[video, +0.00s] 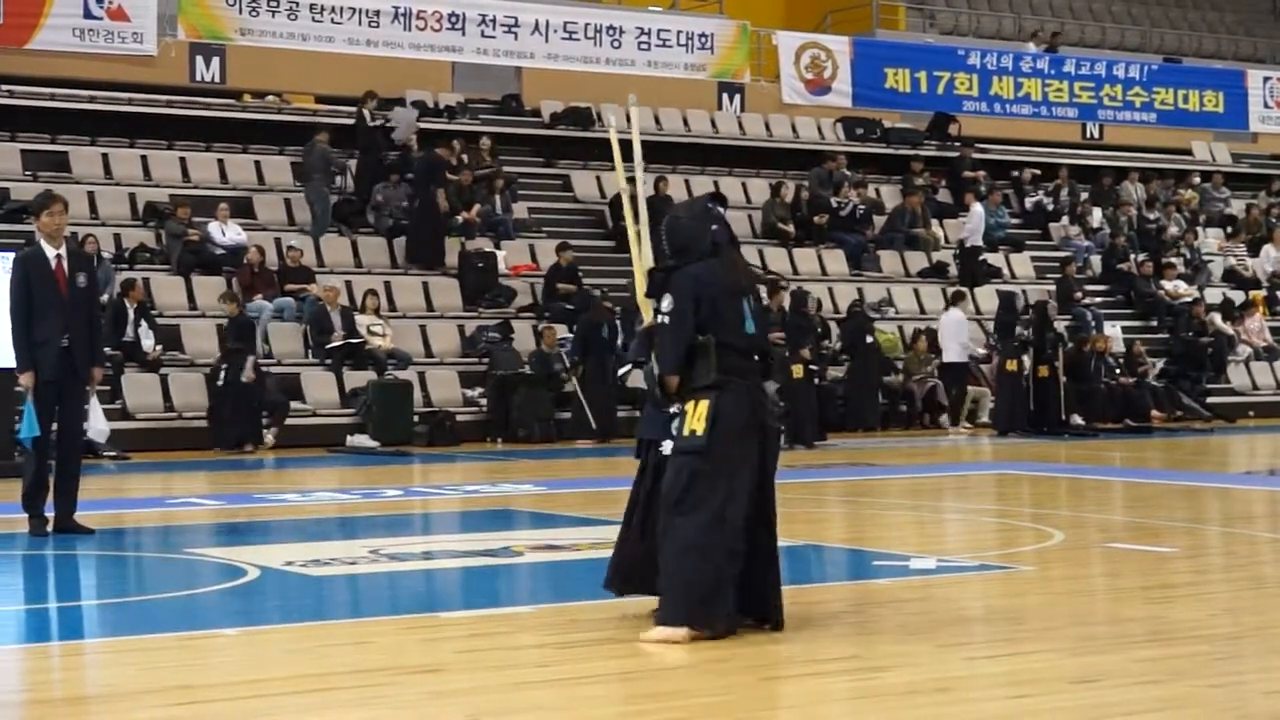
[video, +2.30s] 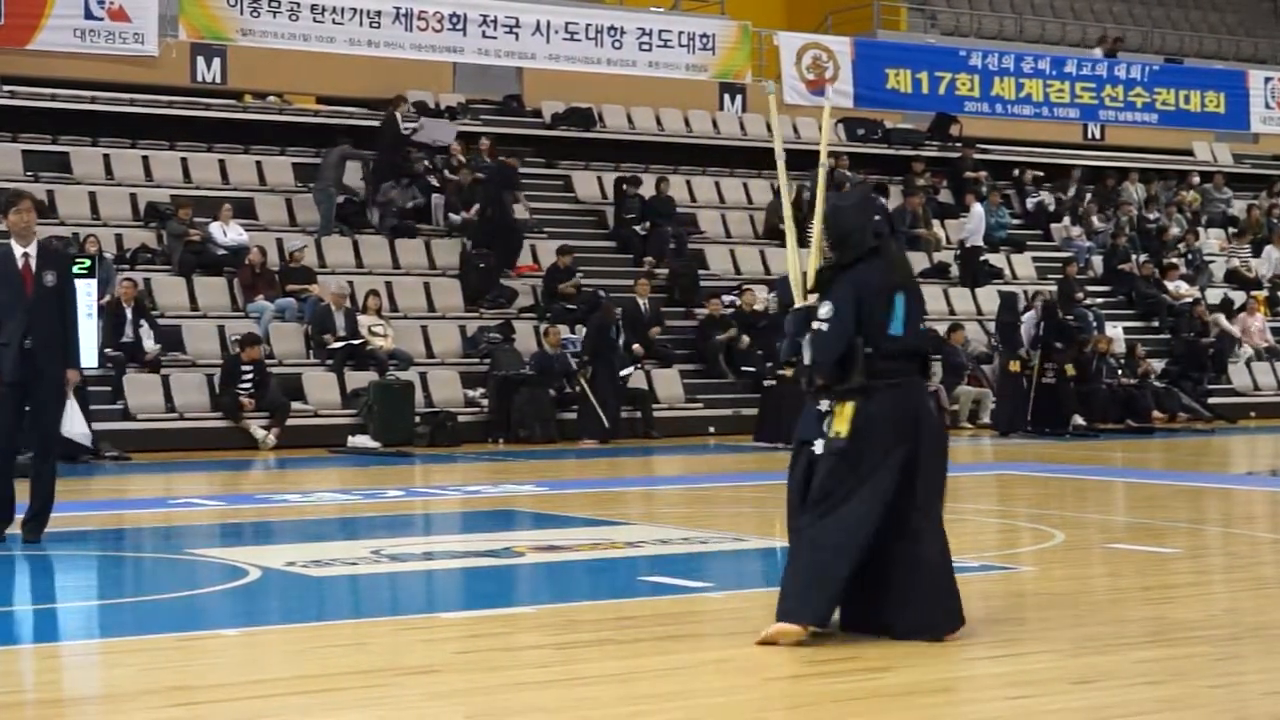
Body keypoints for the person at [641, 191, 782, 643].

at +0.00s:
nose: (669, 244)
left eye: (673, 236)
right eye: (670, 236)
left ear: (685, 239)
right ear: (718, 234)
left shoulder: (687, 281)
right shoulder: (741, 278)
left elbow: (672, 362)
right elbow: (757, 346)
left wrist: (671, 387)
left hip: (711, 406)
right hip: (751, 403)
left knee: (688, 504)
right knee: (742, 505)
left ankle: (684, 614)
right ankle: (749, 605)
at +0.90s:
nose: (722, 244)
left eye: (725, 236)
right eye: (723, 235)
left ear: (739, 238)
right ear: (770, 234)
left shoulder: (745, 283)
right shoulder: (800, 279)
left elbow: (726, 358)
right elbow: (819, 347)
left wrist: (725, 379)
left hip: (765, 413)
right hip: (811, 411)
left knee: (724, 504)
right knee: (805, 508)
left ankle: (718, 613)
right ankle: (812, 608)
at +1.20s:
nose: (718, 233)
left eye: (722, 227)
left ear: (730, 230)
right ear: (778, 229)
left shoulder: (719, 278)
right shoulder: (804, 280)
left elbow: (697, 349)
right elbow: (820, 351)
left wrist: (712, 373)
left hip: (745, 406)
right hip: (801, 405)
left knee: (732, 510)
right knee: (811, 503)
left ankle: (716, 619)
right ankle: (824, 610)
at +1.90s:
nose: (772, 220)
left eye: (776, 212)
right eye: (775, 212)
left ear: (785, 217)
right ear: (825, 212)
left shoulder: (773, 267)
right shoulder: (850, 265)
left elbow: (751, 338)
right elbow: (860, 338)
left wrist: (752, 360)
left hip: (791, 393)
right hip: (842, 390)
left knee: (774, 496)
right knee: (846, 493)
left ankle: (765, 607)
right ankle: (853, 604)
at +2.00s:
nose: (781, 229)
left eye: (783, 222)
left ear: (789, 226)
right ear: (833, 224)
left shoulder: (776, 279)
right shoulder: (855, 281)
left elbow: (750, 347)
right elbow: (865, 345)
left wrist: (756, 369)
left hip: (797, 405)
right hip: (852, 404)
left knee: (783, 505)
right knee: (866, 504)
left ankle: (773, 615)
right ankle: (897, 608)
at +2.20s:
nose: (810, 237)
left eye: (815, 229)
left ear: (823, 232)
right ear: (866, 227)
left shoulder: (822, 281)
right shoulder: (888, 279)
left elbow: (793, 354)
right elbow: (888, 342)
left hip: (839, 405)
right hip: (891, 404)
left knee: (804, 506)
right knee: (905, 509)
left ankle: (777, 613)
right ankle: (940, 612)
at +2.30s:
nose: (827, 242)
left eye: (831, 233)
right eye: (827, 232)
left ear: (845, 234)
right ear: (878, 228)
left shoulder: (850, 282)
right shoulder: (901, 274)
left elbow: (824, 355)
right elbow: (915, 343)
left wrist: (800, 323)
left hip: (866, 409)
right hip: (915, 405)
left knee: (827, 507)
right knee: (916, 511)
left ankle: (799, 613)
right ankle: (938, 614)